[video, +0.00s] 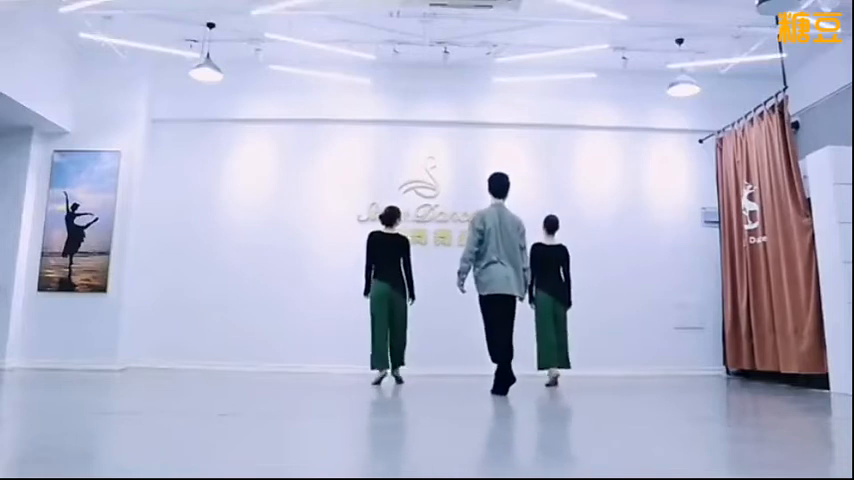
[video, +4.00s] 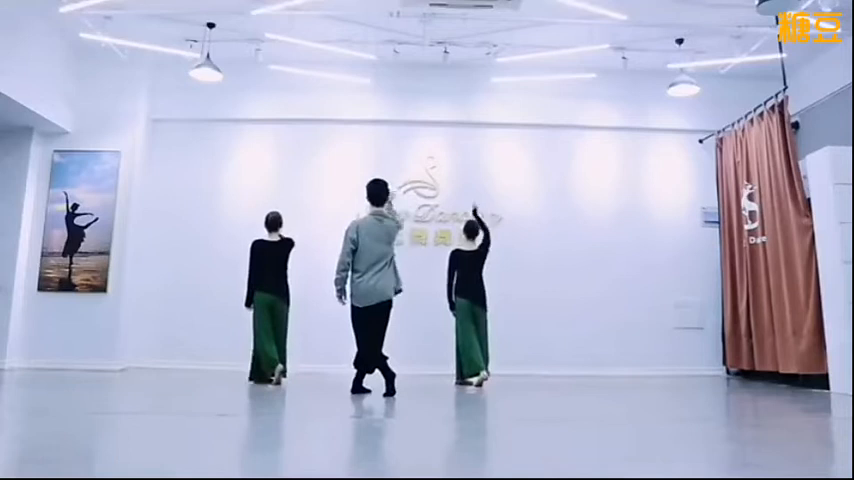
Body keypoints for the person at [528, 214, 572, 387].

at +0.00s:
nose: (548, 230)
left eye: (546, 227)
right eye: (551, 227)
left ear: (543, 228)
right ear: (557, 229)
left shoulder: (536, 248)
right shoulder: (562, 249)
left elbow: (532, 273)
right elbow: (567, 275)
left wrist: (530, 293)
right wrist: (568, 296)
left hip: (542, 292)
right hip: (559, 293)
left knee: (546, 331)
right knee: (558, 330)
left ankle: (552, 369)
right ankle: (555, 368)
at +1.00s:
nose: (534, 230)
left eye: (532, 227)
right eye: (537, 228)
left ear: (529, 228)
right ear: (543, 229)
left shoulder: (522, 249)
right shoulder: (550, 249)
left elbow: (518, 274)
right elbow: (554, 276)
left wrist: (517, 294)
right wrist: (556, 297)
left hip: (529, 292)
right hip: (546, 293)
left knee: (532, 330)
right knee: (544, 330)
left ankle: (536, 368)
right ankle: (540, 368)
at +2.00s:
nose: (516, 239)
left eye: (516, 237)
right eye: (519, 237)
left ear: (517, 238)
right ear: (531, 239)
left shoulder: (511, 259)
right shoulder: (537, 259)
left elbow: (507, 285)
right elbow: (547, 280)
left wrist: (507, 306)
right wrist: (556, 299)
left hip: (518, 303)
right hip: (537, 303)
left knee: (517, 338)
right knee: (539, 339)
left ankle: (519, 369)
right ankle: (539, 377)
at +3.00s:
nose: (470, 245)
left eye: (468, 242)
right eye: (475, 242)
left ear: (466, 242)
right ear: (479, 242)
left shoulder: (460, 260)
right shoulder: (486, 258)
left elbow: (455, 286)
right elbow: (495, 270)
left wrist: (455, 308)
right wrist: (481, 275)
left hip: (467, 302)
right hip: (484, 302)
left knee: (468, 341)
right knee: (480, 341)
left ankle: (478, 373)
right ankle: (466, 374)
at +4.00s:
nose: (469, 236)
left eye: (467, 232)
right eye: (472, 233)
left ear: (462, 233)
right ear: (478, 235)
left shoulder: (456, 254)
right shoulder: (481, 253)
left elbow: (450, 279)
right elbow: (487, 235)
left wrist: (450, 301)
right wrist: (477, 217)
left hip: (462, 294)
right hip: (479, 294)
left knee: (466, 332)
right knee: (480, 331)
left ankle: (477, 370)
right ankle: (481, 369)